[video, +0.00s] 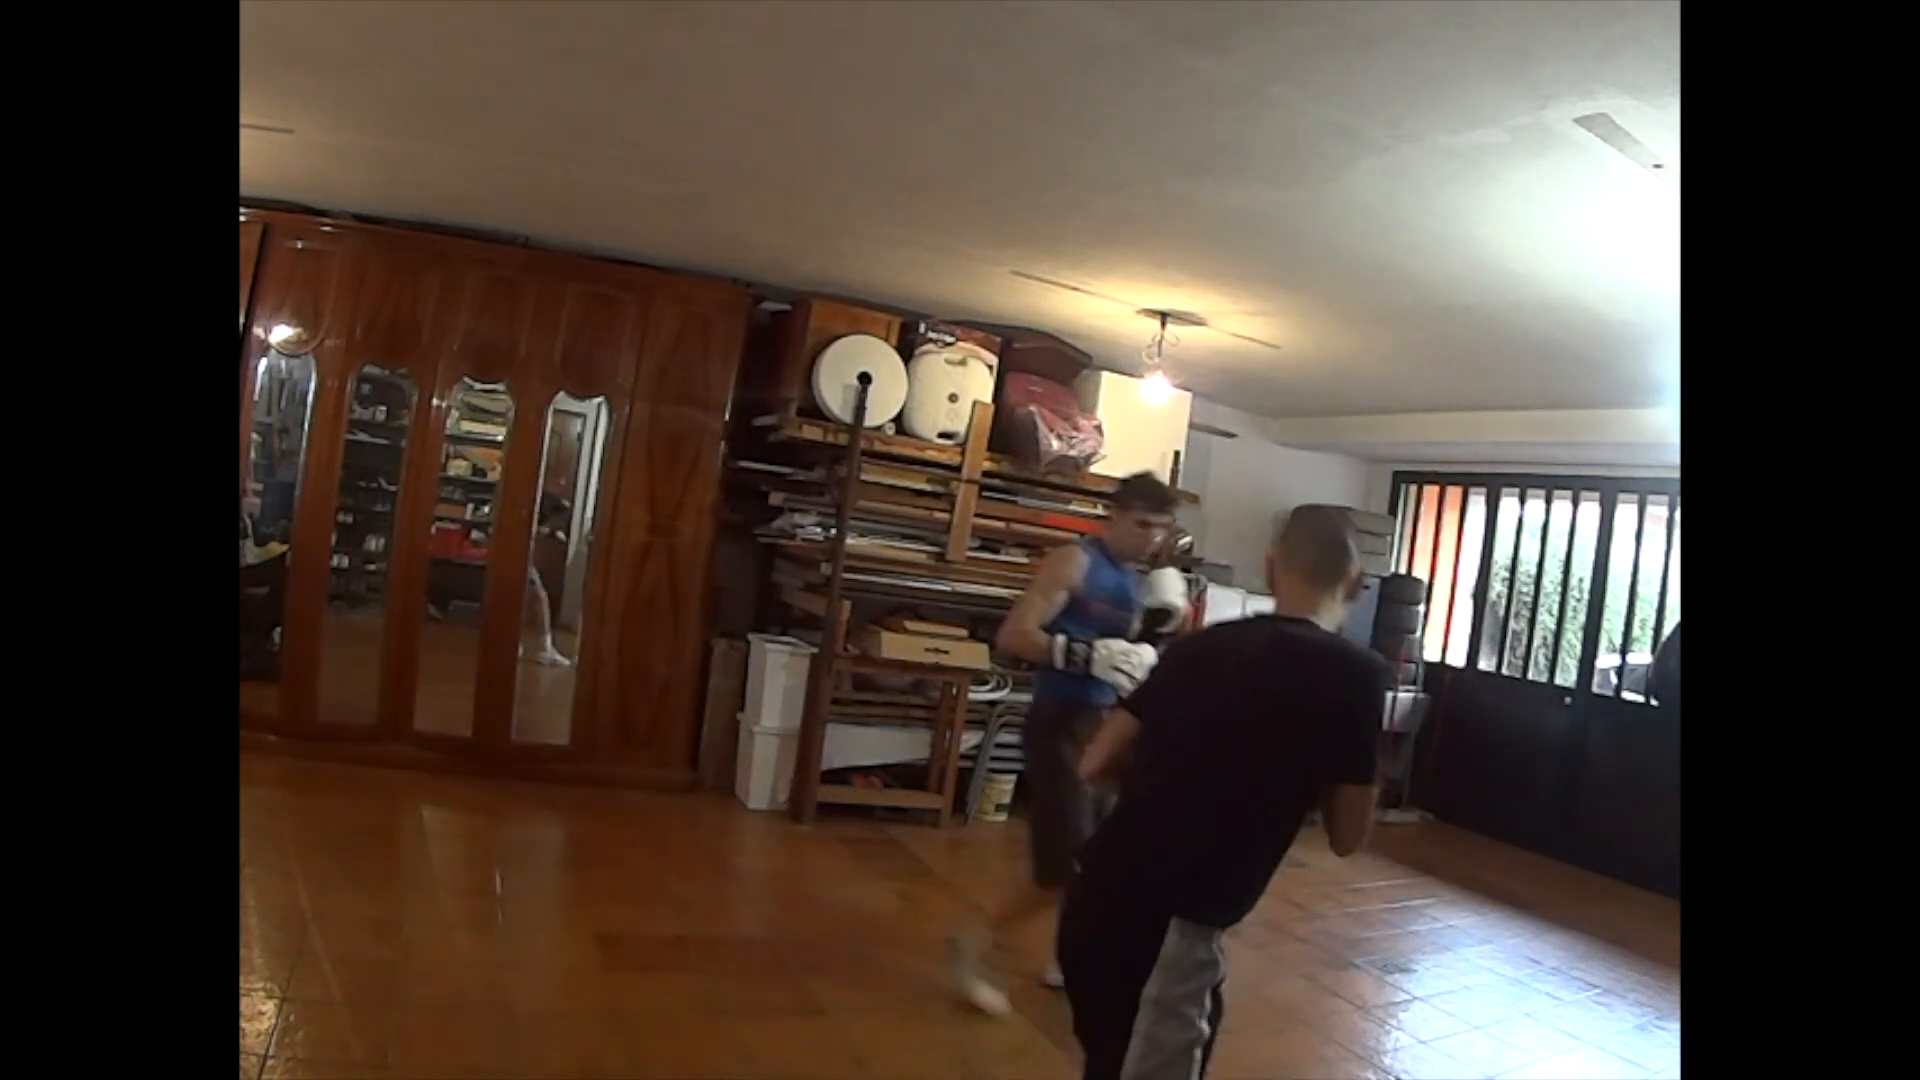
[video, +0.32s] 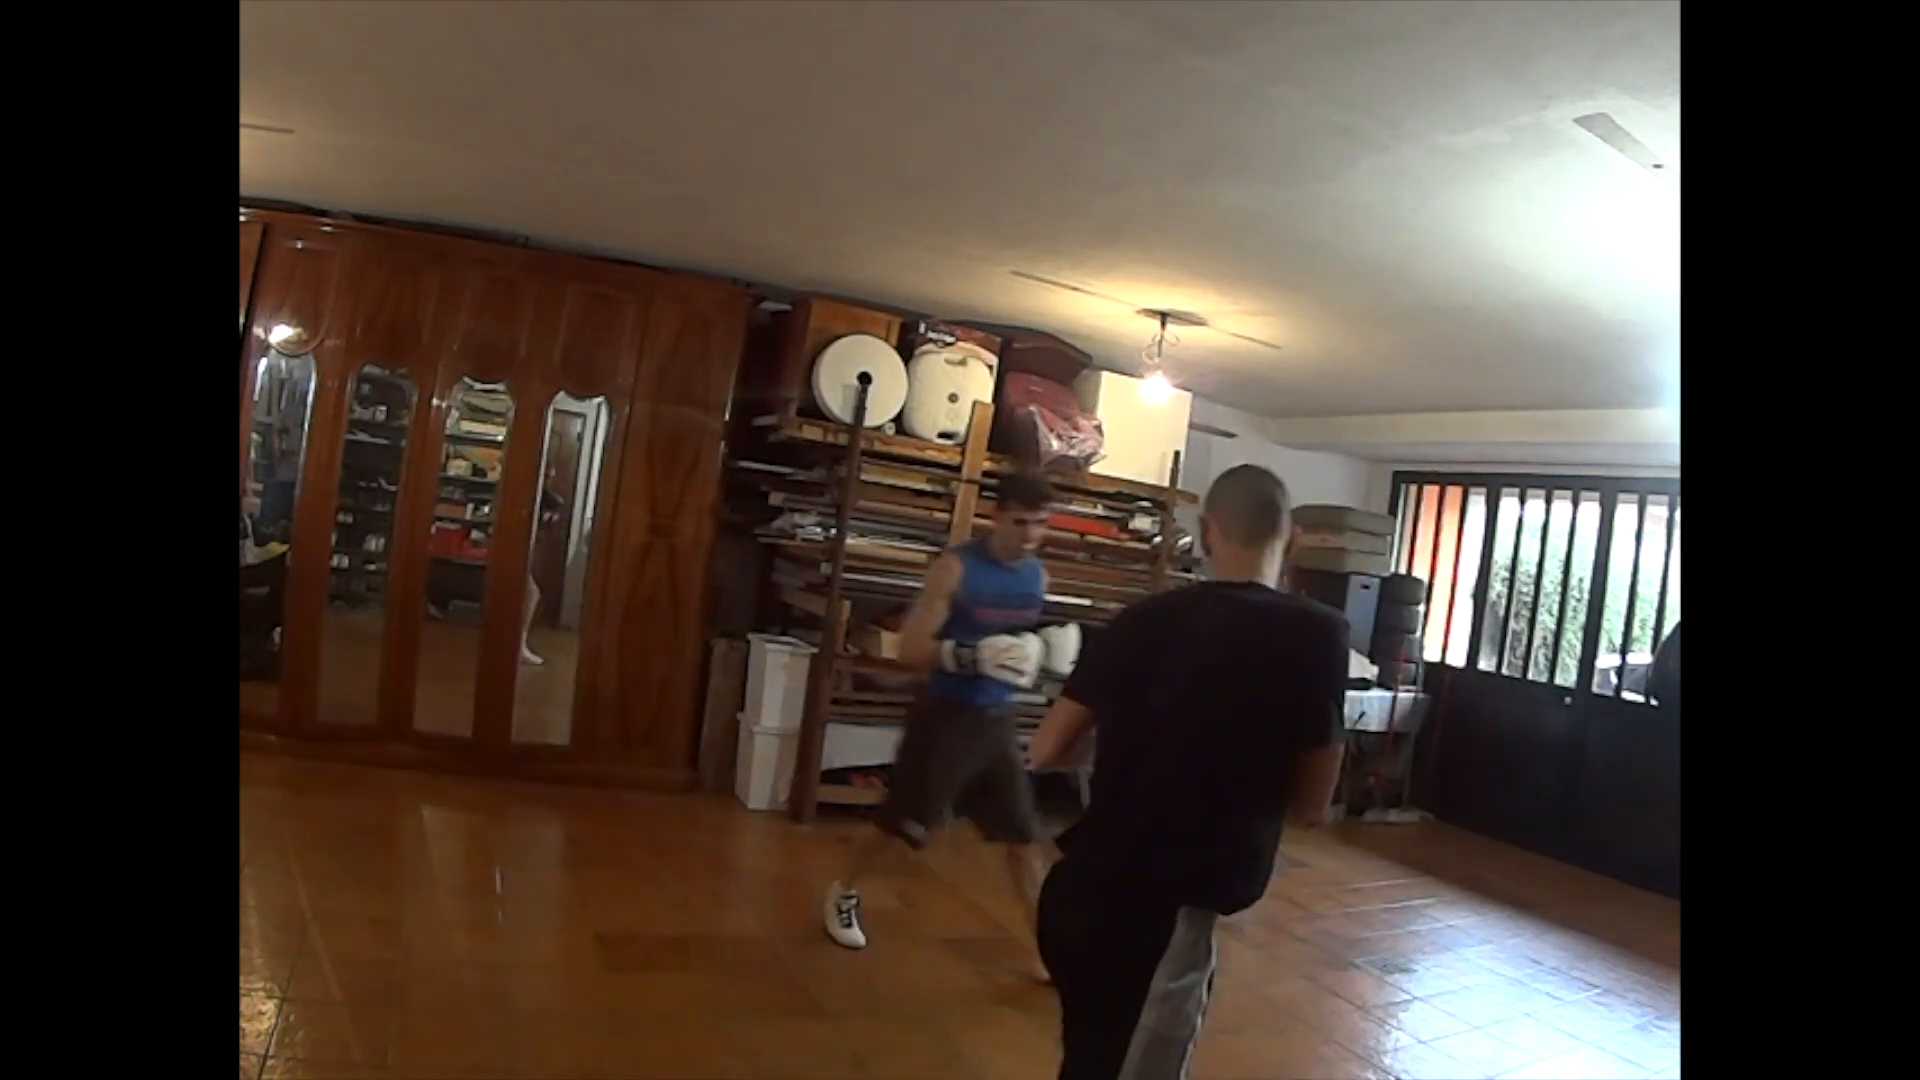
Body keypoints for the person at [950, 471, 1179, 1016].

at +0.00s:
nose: (1150, 538)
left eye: (1159, 529)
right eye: (1141, 524)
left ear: (1164, 533)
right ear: (1112, 518)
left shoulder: (1136, 579)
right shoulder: (1074, 561)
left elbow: (1129, 646)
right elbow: (1014, 635)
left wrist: (1163, 621)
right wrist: (1087, 654)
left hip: (1106, 726)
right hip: (1059, 722)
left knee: (1095, 852)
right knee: (1061, 863)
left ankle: (1067, 960)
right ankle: (981, 946)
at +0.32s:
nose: (1032, 536)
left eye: (1041, 525)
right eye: (1023, 523)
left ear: (1047, 526)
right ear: (997, 518)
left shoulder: (1034, 575)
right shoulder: (955, 567)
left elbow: (1014, 646)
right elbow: (911, 647)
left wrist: (1043, 654)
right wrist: (969, 656)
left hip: (997, 726)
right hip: (944, 721)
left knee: (1025, 840)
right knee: (898, 824)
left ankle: (1051, 948)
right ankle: (842, 895)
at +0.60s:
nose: (986, 491)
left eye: (994, 482)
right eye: (977, 479)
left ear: (1001, 486)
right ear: (954, 478)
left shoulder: (999, 536)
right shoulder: (910, 524)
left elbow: (992, 602)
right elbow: (859, 592)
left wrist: (1011, 598)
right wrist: (905, 606)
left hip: (952, 678)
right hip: (905, 671)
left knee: (927, 800)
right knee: (881, 796)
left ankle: (867, 877)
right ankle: (837, 887)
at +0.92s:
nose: (972, 500)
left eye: (979, 492)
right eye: (963, 489)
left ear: (983, 497)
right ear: (938, 487)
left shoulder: (973, 548)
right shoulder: (897, 531)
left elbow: (975, 636)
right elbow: (836, 594)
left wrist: (982, 600)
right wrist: (877, 608)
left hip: (925, 686)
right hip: (883, 676)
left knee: (876, 789)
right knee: (905, 806)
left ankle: (828, 870)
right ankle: (853, 910)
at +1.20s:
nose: (995, 533)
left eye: (1001, 523)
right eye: (985, 520)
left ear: (1001, 526)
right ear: (954, 516)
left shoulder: (981, 572)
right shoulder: (910, 557)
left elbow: (973, 663)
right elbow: (850, 630)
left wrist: (988, 635)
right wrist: (901, 621)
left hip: (931, 708)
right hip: (892, 702)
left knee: (883, 804)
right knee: (902, 843)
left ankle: (826, 871)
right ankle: (894, 987)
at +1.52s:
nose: (1026, 512)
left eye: (1034, 504)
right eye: (1021, 498)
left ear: (1031, 507)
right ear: (991, 486)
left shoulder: (999, 543)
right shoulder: (946, 539)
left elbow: (1035, 626)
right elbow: (1008, 622)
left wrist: (1065, 558)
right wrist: (1020, 552)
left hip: (967, 708)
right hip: (937, 706)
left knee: (937, 842)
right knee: (934, 860)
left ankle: (862, 921)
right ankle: (903, 993)